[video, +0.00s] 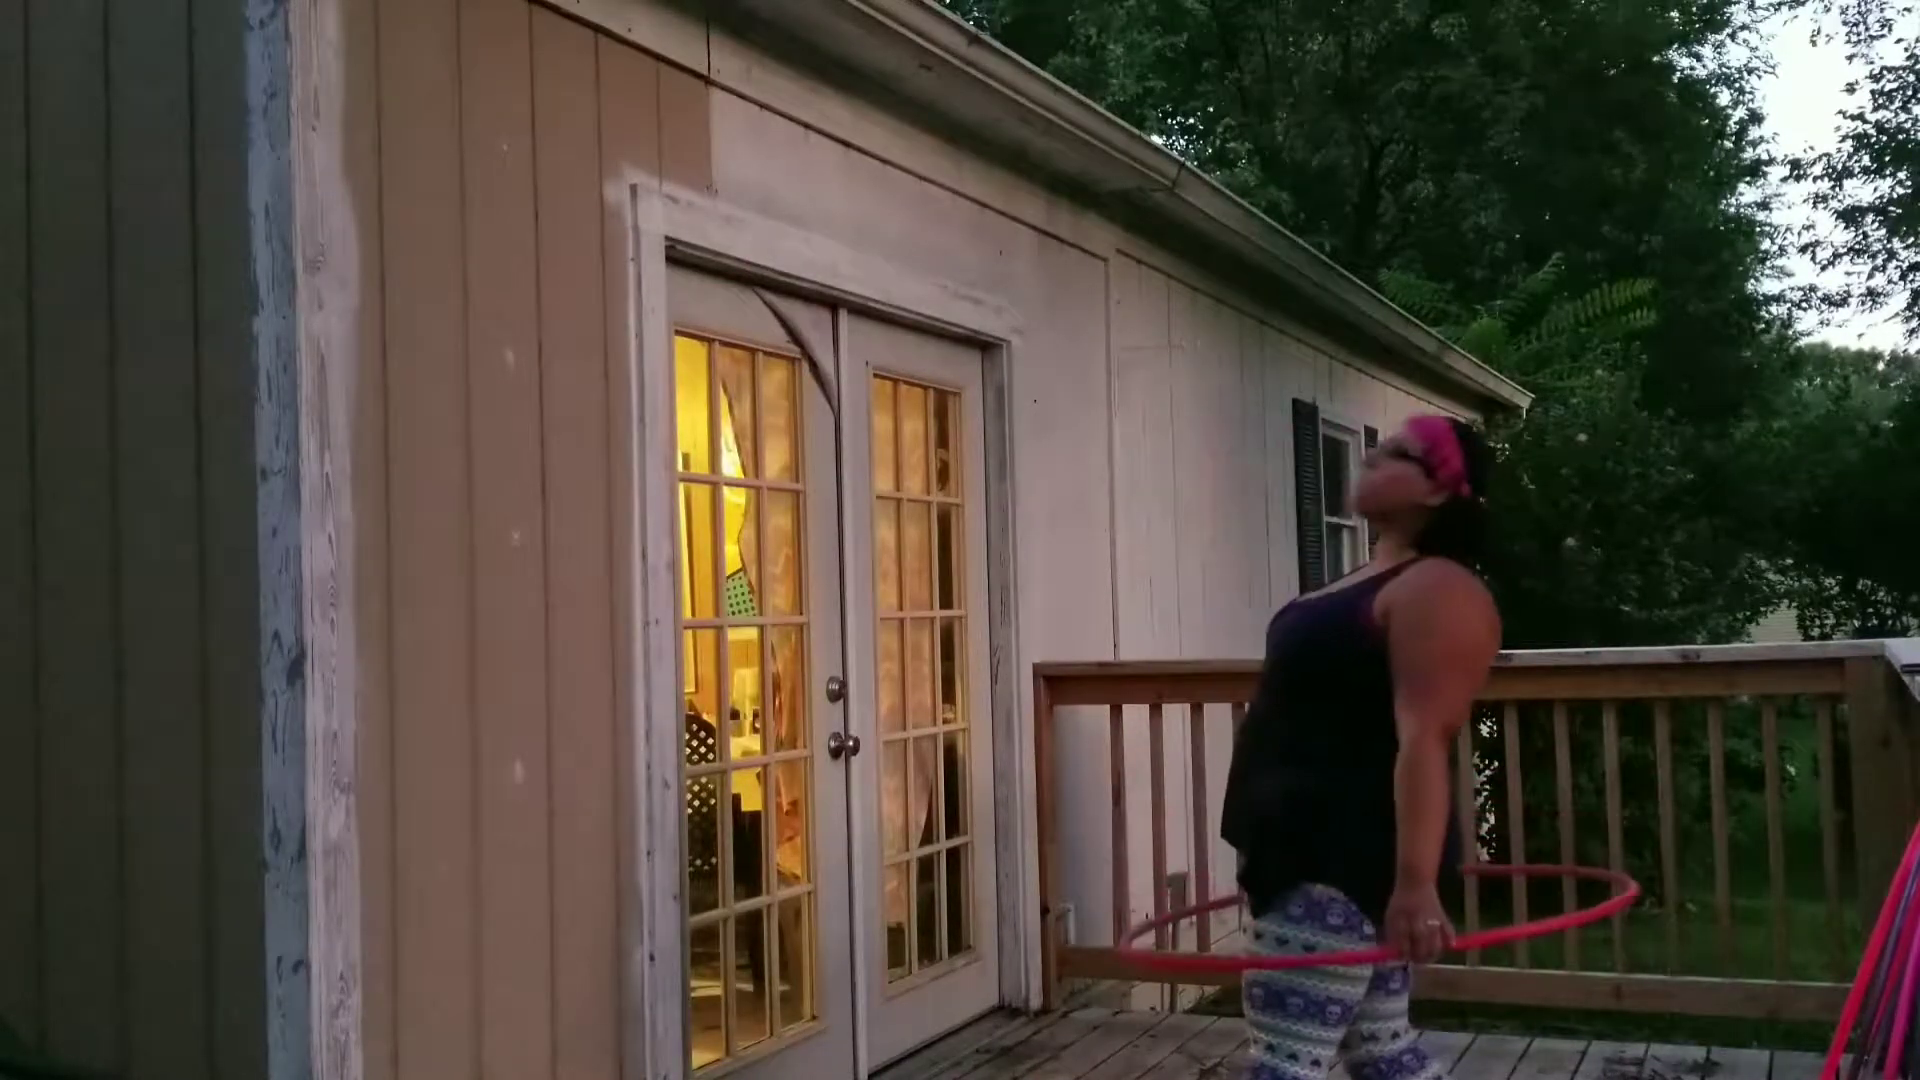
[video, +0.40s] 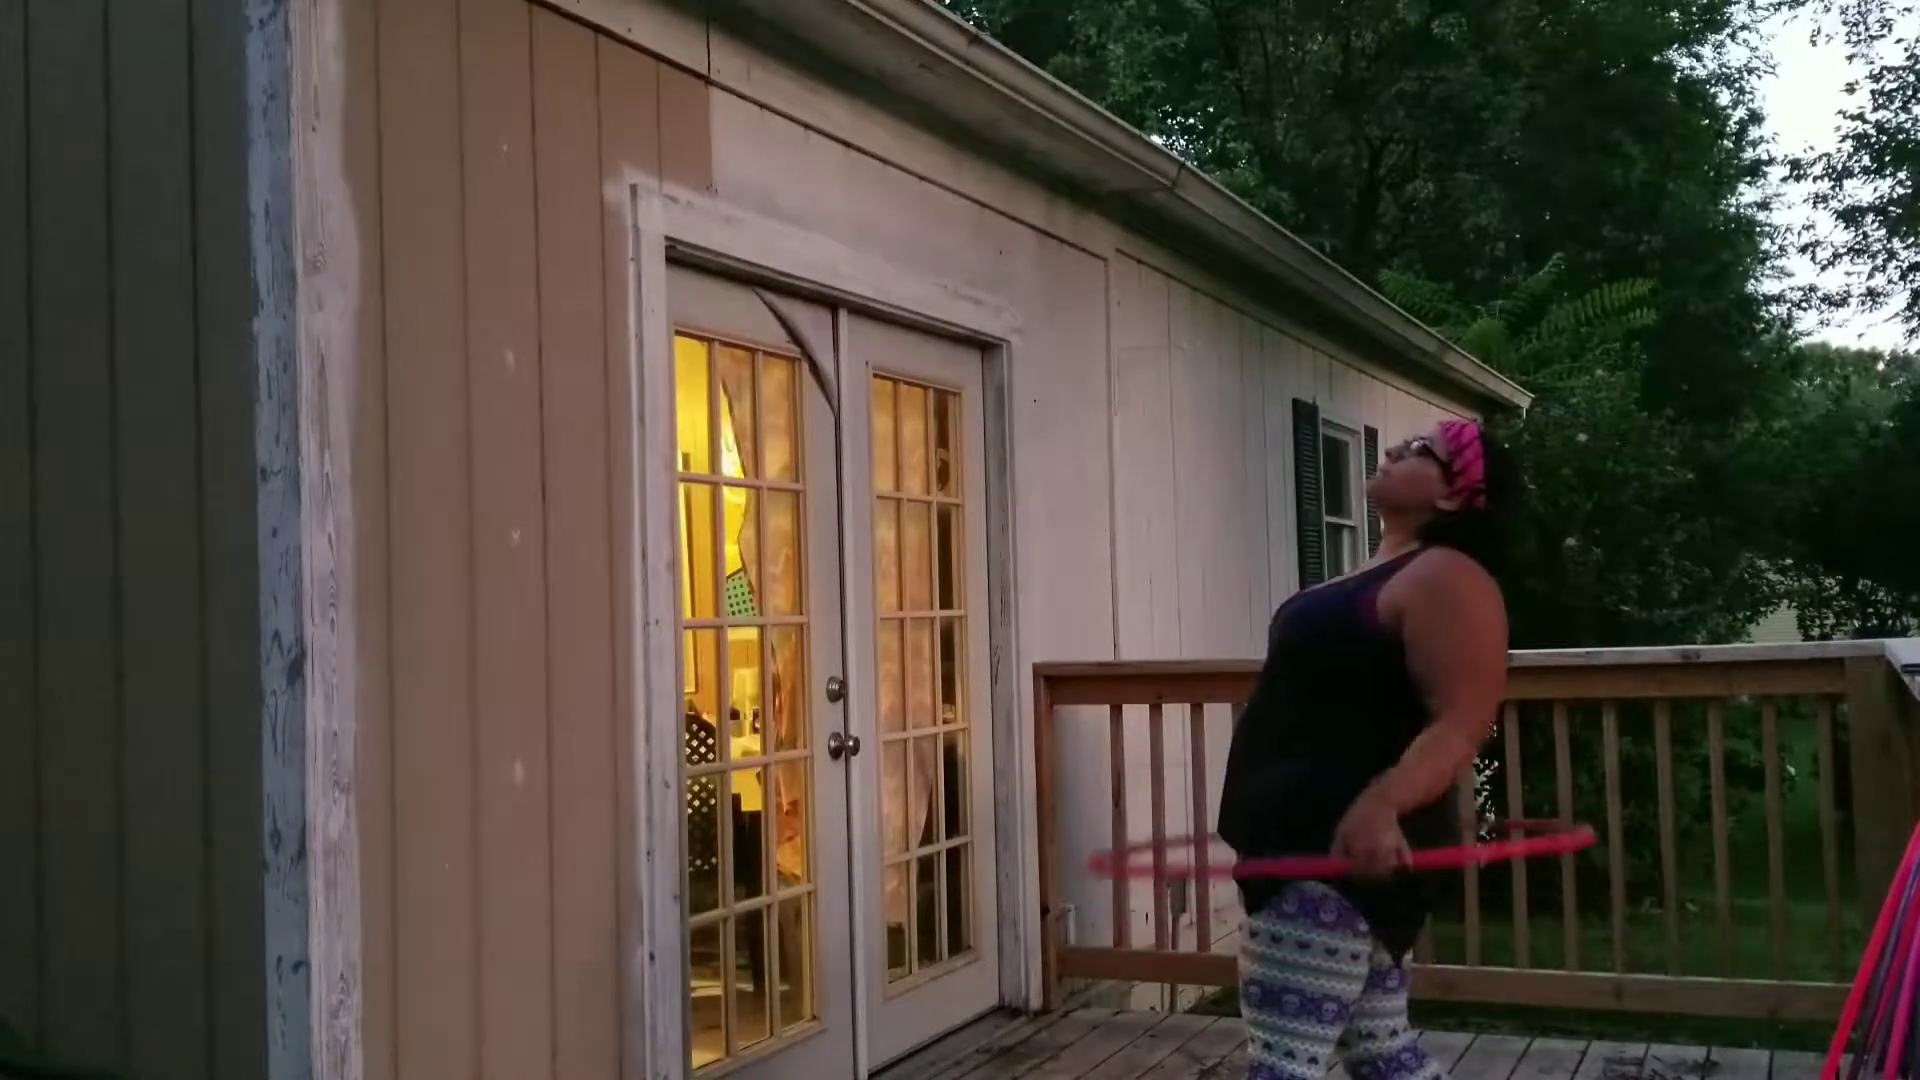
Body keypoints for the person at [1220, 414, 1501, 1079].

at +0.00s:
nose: (1369, 459)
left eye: (1395, 454)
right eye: (1376, 448)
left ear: (1435, 491)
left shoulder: (1440, 589)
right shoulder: (1367, 581)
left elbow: (1425, 739)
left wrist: (1416, 883)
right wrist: (1269, 860)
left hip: (1338, 877)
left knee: (1285, 1062)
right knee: (1383, 1053)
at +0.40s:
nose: (1393, 451)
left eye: (1418, 451)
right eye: (1404, 444)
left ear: (1451, 495)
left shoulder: (1446, 577)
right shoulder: (1376, 574)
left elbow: (1466, 717)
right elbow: (1344, 713)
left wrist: (1382, 802)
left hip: (1335, 861)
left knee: (1282, 1060)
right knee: (1383, 1052)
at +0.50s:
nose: (1387, 447)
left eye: (1413, 448)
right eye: (1398, 441)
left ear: (1446, 492)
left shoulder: (1444, 569)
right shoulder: (1376, 570)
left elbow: (1475, 708)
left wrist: (1378, 741)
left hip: (1340, 861)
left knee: (1282, 1059)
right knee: (1382, 1051)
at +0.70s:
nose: (1380, 442)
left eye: (1404, 442)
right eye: (1388, 436)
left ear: (1436, 486)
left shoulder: (1440, 561)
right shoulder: (1368, 566)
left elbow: (1487, 696)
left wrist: (1412, 638)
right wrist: (1271, 659)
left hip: (1336, 853)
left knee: (1279, 1057)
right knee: (1383, 1046)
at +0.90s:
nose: (1367, 444)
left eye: (1390, 441)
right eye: (1376, 436)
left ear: (1424, 483)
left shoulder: (1433, 560)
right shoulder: (1350, 565)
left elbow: (1466, 701)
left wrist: (1413, 614)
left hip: (1333, 848)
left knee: (1277, 1059)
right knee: (1387, 1045)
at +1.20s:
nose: (1267, 475)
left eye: (1284, 461)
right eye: (1268, 462)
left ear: (1338, 473)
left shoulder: (1386, 546)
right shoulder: (1314, 569)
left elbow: (1479, 661)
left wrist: (1379, 639)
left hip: (1339, 854)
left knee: (1280, 1060)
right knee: (1393, 1045)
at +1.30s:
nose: (1229, 505)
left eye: (1241, 485)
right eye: (1229, 488)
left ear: (1296, 481)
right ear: (1286, 487)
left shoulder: (1357, 543)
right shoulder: (1299, 571)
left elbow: (1466, 642)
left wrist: (1365, 662)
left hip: (1339, 860)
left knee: (1283, 1061)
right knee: (1398, 1049)